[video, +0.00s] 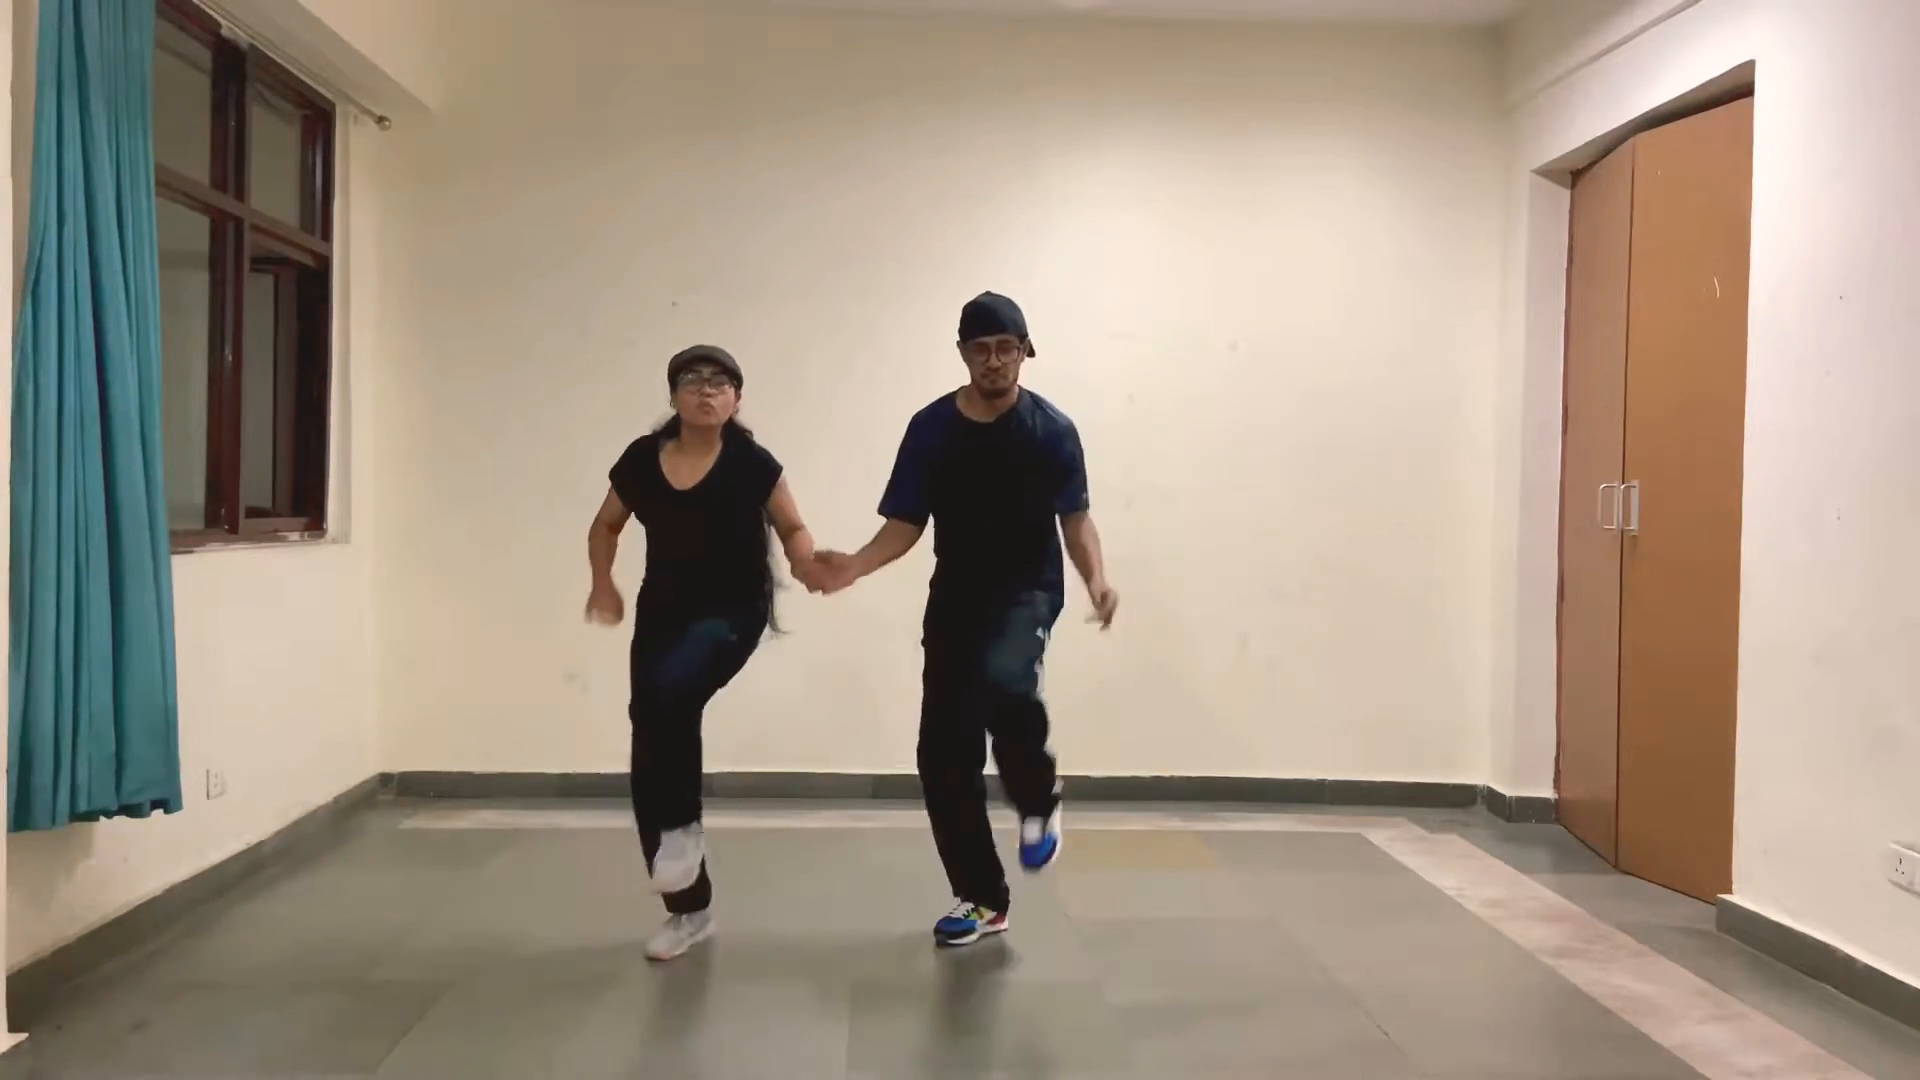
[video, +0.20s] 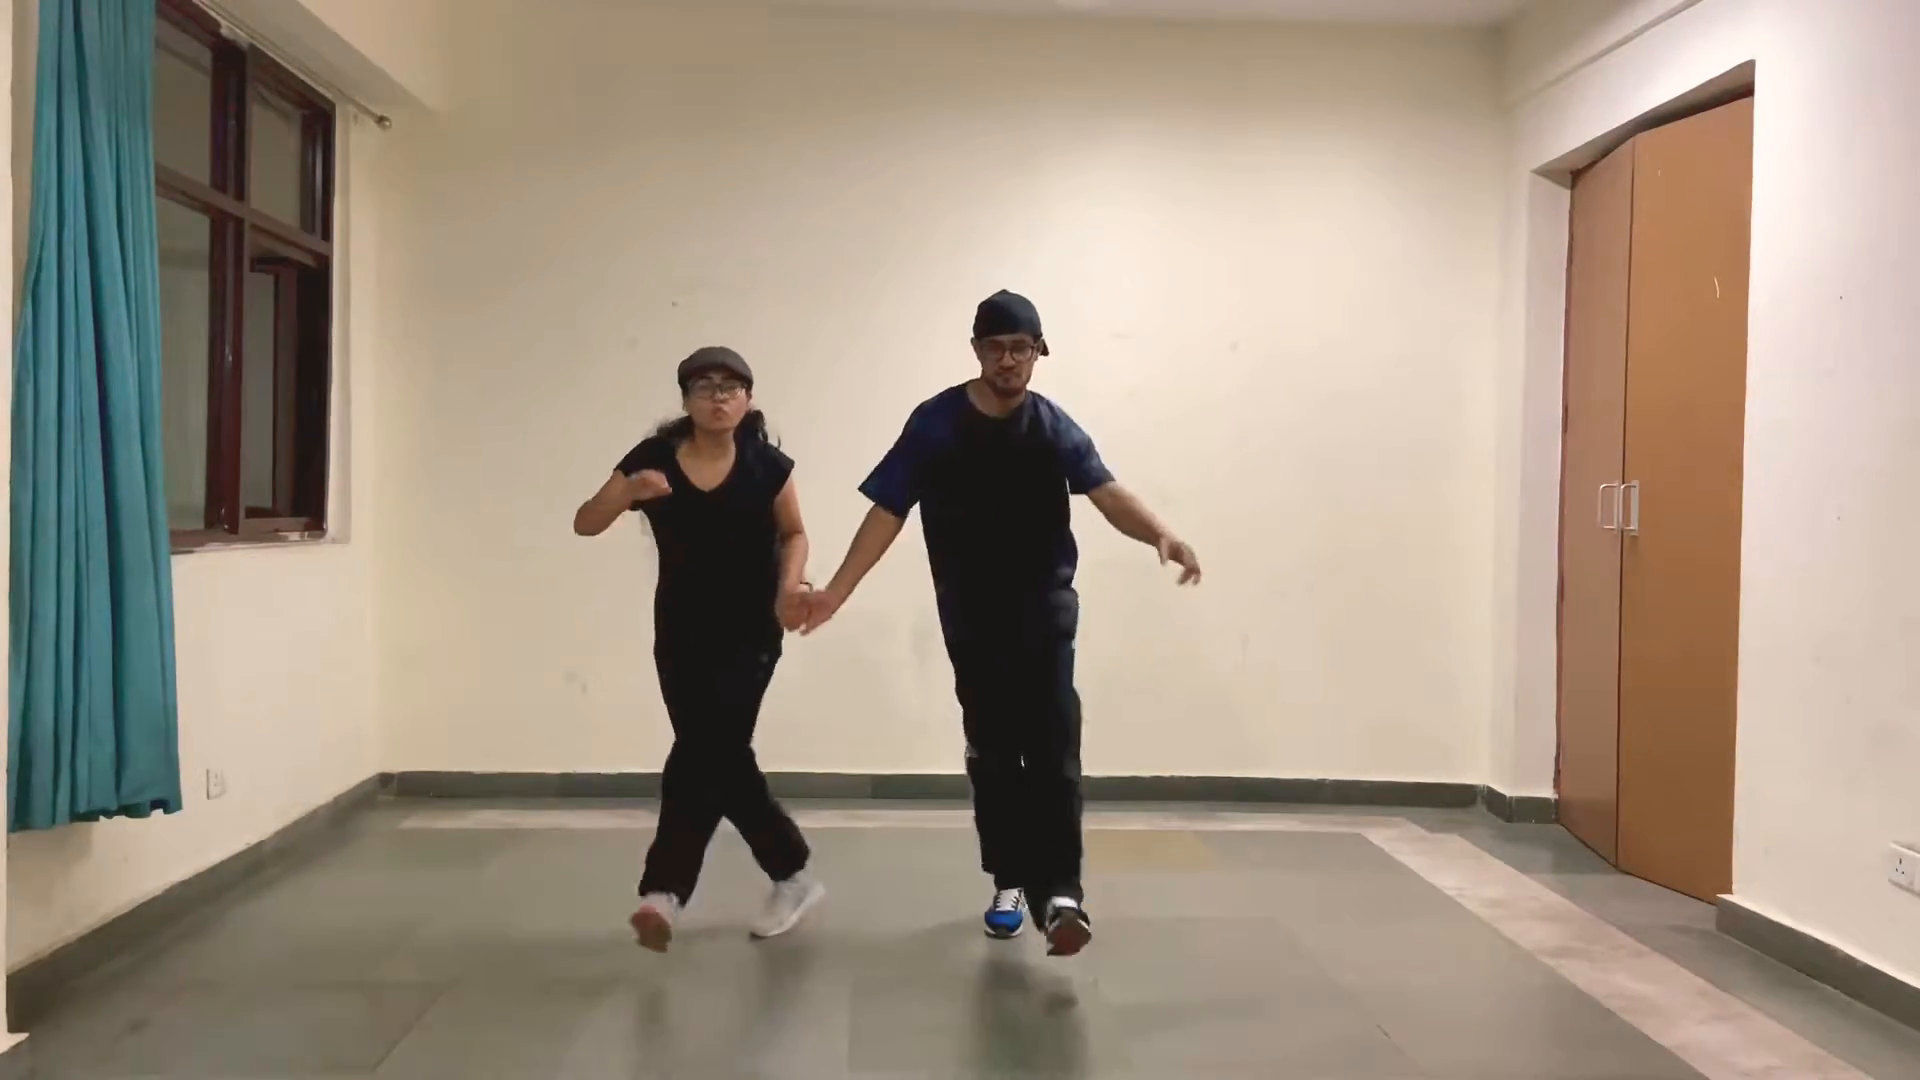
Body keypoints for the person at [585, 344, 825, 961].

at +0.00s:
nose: (707, 392)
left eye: (719, 384)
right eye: (694, 384)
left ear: (736, 398)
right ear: (674, 397)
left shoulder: (753, 465)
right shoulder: (644, 459)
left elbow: (792, 527)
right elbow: (605, 526)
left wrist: (804, 559)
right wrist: (602, 581)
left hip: (732, 611)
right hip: (662, 613)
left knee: (671, 693)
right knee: (651, 741)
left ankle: (679, 826)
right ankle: (688, 905)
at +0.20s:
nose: (719, 398)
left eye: (730, 388)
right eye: (705, 389)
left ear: (748, 398)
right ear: (686, 401)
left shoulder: (767, 466)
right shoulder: (653, 460)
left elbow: (793, 535)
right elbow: (584, 524)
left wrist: (789, 587)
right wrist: (626, 491)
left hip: (750, 630)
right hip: (681, 631)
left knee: (700, 757)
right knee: (718, 757)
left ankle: (662, 896)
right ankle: (794, 872)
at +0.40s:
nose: (724, 409)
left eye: (735, 398)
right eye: (710, 399)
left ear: (751, 408)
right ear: (690, 407)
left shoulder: (763, 472)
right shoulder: (656, 458)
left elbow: (797, 537)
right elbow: (604, 534)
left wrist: (820, 603)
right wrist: (627, 557)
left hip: (731, 636)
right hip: (661, 633)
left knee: (701, 762)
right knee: (650, 771)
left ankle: (719, 902)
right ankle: (755, 852)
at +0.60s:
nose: (704, 424)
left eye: (714, 413)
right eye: (690, 414)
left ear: (730, 421)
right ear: (669, 423)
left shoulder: (744, 485)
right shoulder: (634, 486)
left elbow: (804, 525)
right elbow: (568, 562)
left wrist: (811, 564)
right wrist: (581, 638)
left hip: (700, 656)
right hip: (627, 646)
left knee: (677, 774)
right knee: (554, 759)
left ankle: (707, 902)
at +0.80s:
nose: (690, 425)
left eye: (701, 417)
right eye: (676, 417)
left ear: (716, 431)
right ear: (656, 431)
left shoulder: (740, 499)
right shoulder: (620, 499)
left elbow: (799, 546)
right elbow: (554, 558)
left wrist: (785, 581)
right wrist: (517, 636)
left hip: (692, 667)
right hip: (617, 656)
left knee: (663, 787)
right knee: (561, 774)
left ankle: (671, 909)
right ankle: (518, 881)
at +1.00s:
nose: (704, 393)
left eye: (716, 384)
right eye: (691, 384)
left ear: (734, 397)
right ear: (671, 398)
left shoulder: (758, 467)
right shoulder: (645, 466)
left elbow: (786, 546)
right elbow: (623, 539)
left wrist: (842, 532)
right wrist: (595, 612)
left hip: (725, 636)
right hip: (653, 630)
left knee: (707, 773)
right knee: (656, 741)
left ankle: (682, 902)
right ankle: (655, 794)